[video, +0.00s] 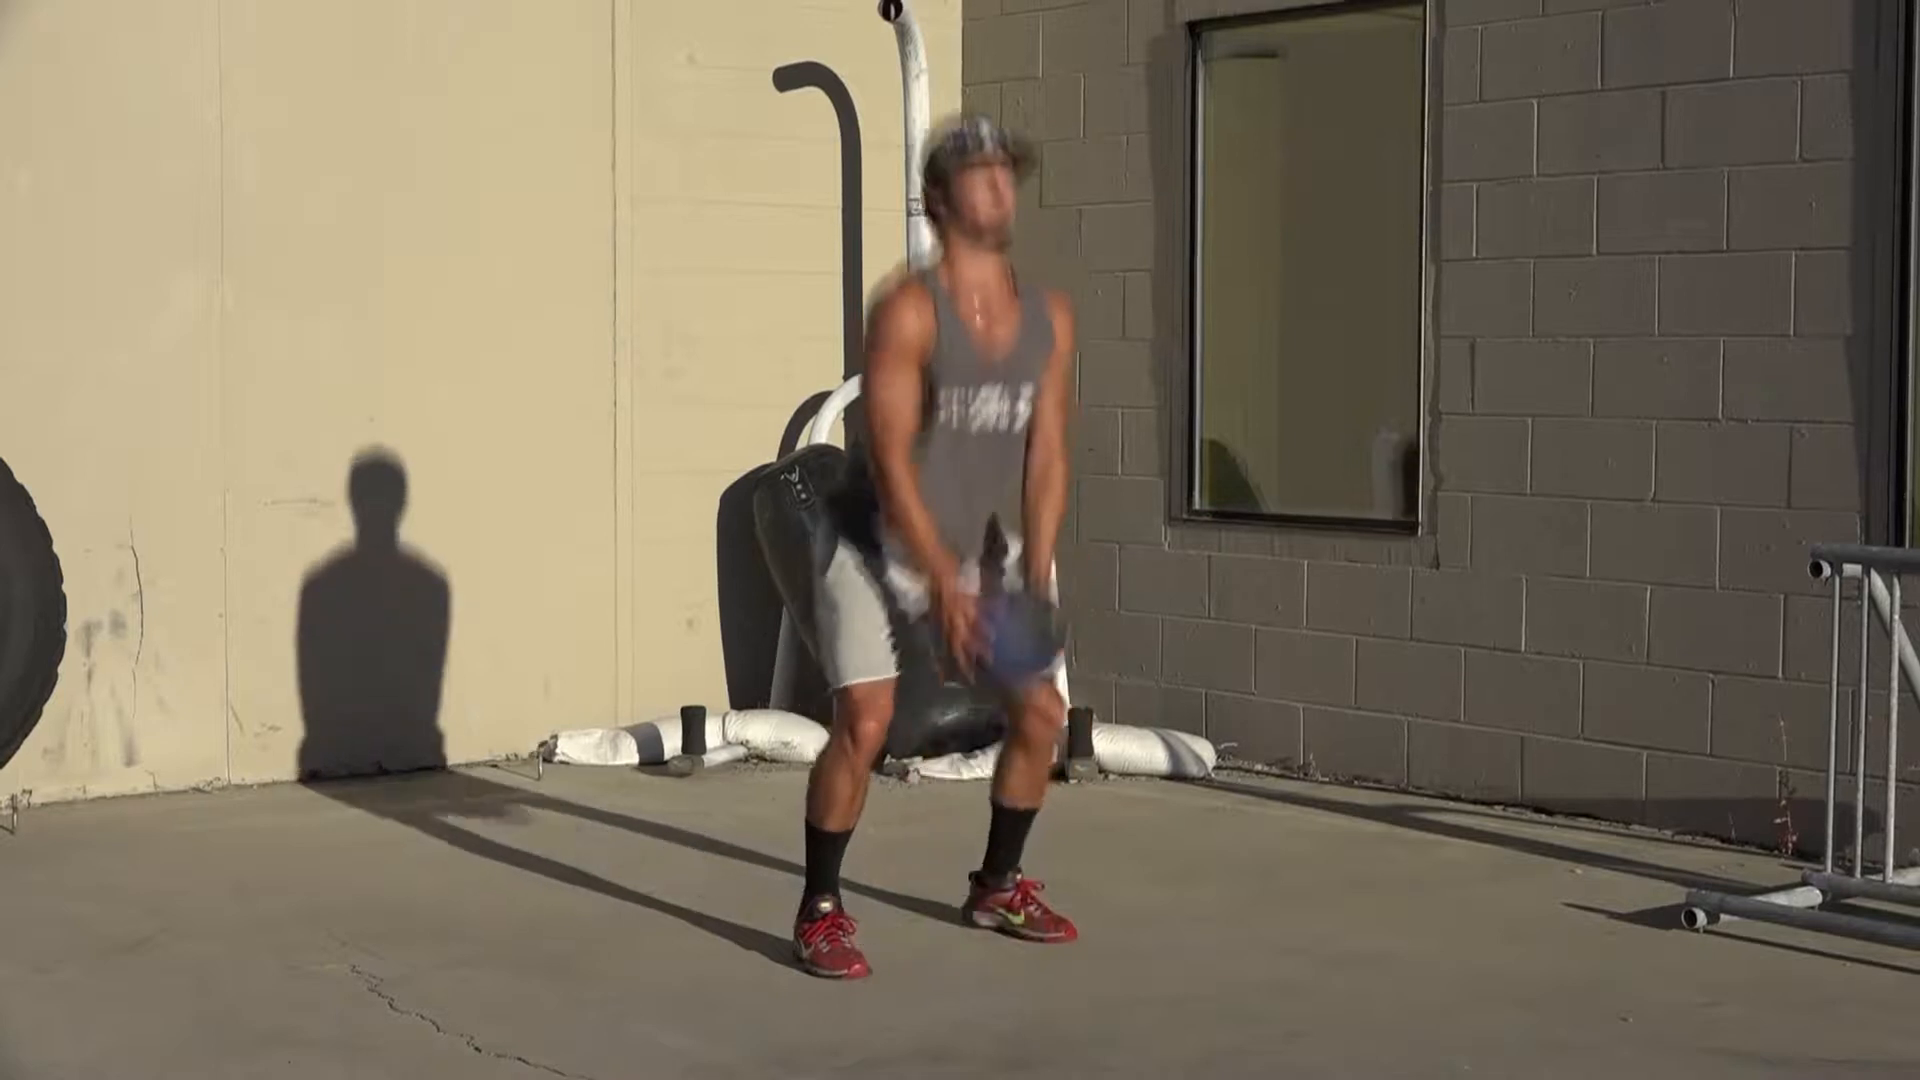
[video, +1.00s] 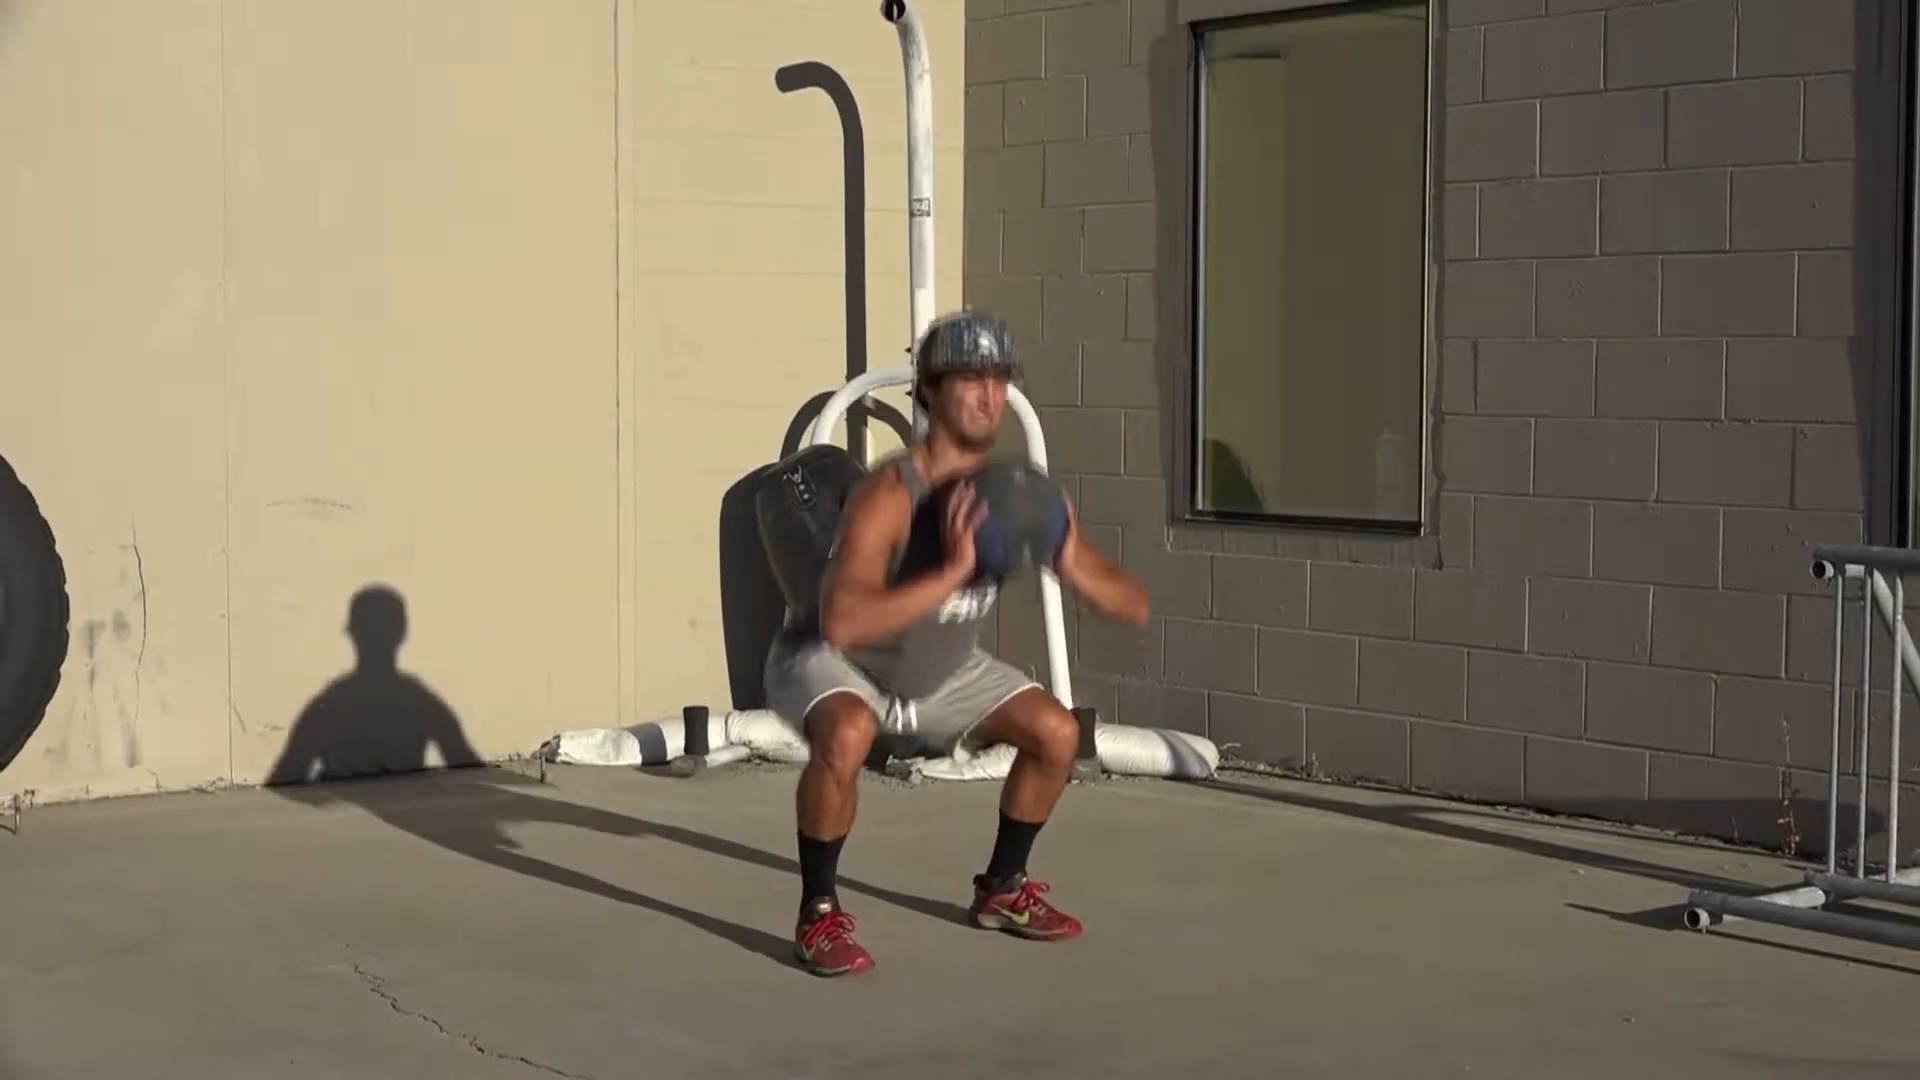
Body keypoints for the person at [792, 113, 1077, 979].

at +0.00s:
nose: (995, 187)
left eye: (1002, 173)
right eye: (975, 174)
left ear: (1016, 191)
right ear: (939, 196)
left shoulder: (1047, 314)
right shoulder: (906, 310)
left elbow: (1048, 453)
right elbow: (888, 462)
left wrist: (1039, 569)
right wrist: (942, 580)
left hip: (980, 546)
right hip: (879, 540)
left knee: (1042, 711)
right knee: (866, 719)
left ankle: (998, 885)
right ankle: (819, 909)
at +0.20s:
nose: (959, 73)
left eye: (969, 60)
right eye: (940, 60)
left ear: (982, 76)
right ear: (902, 77)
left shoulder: (1022, 190)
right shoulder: (879, 175)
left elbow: (1066, 310)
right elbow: (834, 309)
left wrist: (1056, 372)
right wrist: (944, 358)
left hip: (1005, 459)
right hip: (904, 456)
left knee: (1010, 654)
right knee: (869, 658)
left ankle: (1028, 839)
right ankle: (839, 882)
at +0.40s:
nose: (951, 128)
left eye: (959, 113)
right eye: (932, 113)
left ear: (971, 126)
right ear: (895, 128)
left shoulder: (999, 237)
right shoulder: (877, 232)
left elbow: (1112, 357)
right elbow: (858, 357)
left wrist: (1083, 300)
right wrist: (970, 313)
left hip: (991, 513)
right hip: (893, 512)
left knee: (1047, 693)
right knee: (865, 704)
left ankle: (1016, 872)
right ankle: (818, 904)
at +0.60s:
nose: (976, 297)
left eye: (985, 282)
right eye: (958, 282)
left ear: (996, 293)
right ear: (920, 295)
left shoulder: (1017, 388)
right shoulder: (891, 402)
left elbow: (1144, 509)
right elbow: (863, 540)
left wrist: (1070, 450)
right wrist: (967, 466)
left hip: (954, 619)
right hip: (853, 614)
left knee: (1062, 726)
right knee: (860, 733)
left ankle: (1002, 887)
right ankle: (820, 913)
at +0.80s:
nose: (992, 439)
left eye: (1001, 423)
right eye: (974, 422)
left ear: (1011, 435)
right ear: (933, 435)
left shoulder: (1019, 539)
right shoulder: (891, 536)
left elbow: (1136, 654)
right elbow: (850, 674)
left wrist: (1082, 616)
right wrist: (962, 624)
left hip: (935, 689)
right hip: (828, 691)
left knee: (1063, 727)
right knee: (838, 736)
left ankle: (1002, 888)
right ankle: (818, 914)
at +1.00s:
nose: (985, 397)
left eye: (996, 380)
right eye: (967, 380)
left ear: (1009, 392)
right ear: (929, 393)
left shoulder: (1017, 491)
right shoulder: (888, 492)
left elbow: (1134, 605)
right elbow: (843, 623)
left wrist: (1062, 554)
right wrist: (955, 572)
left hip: (934, 658)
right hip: (833, 657)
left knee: (1055, 731)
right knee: (847, 733)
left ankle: (1003, 887)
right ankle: (819, 913)